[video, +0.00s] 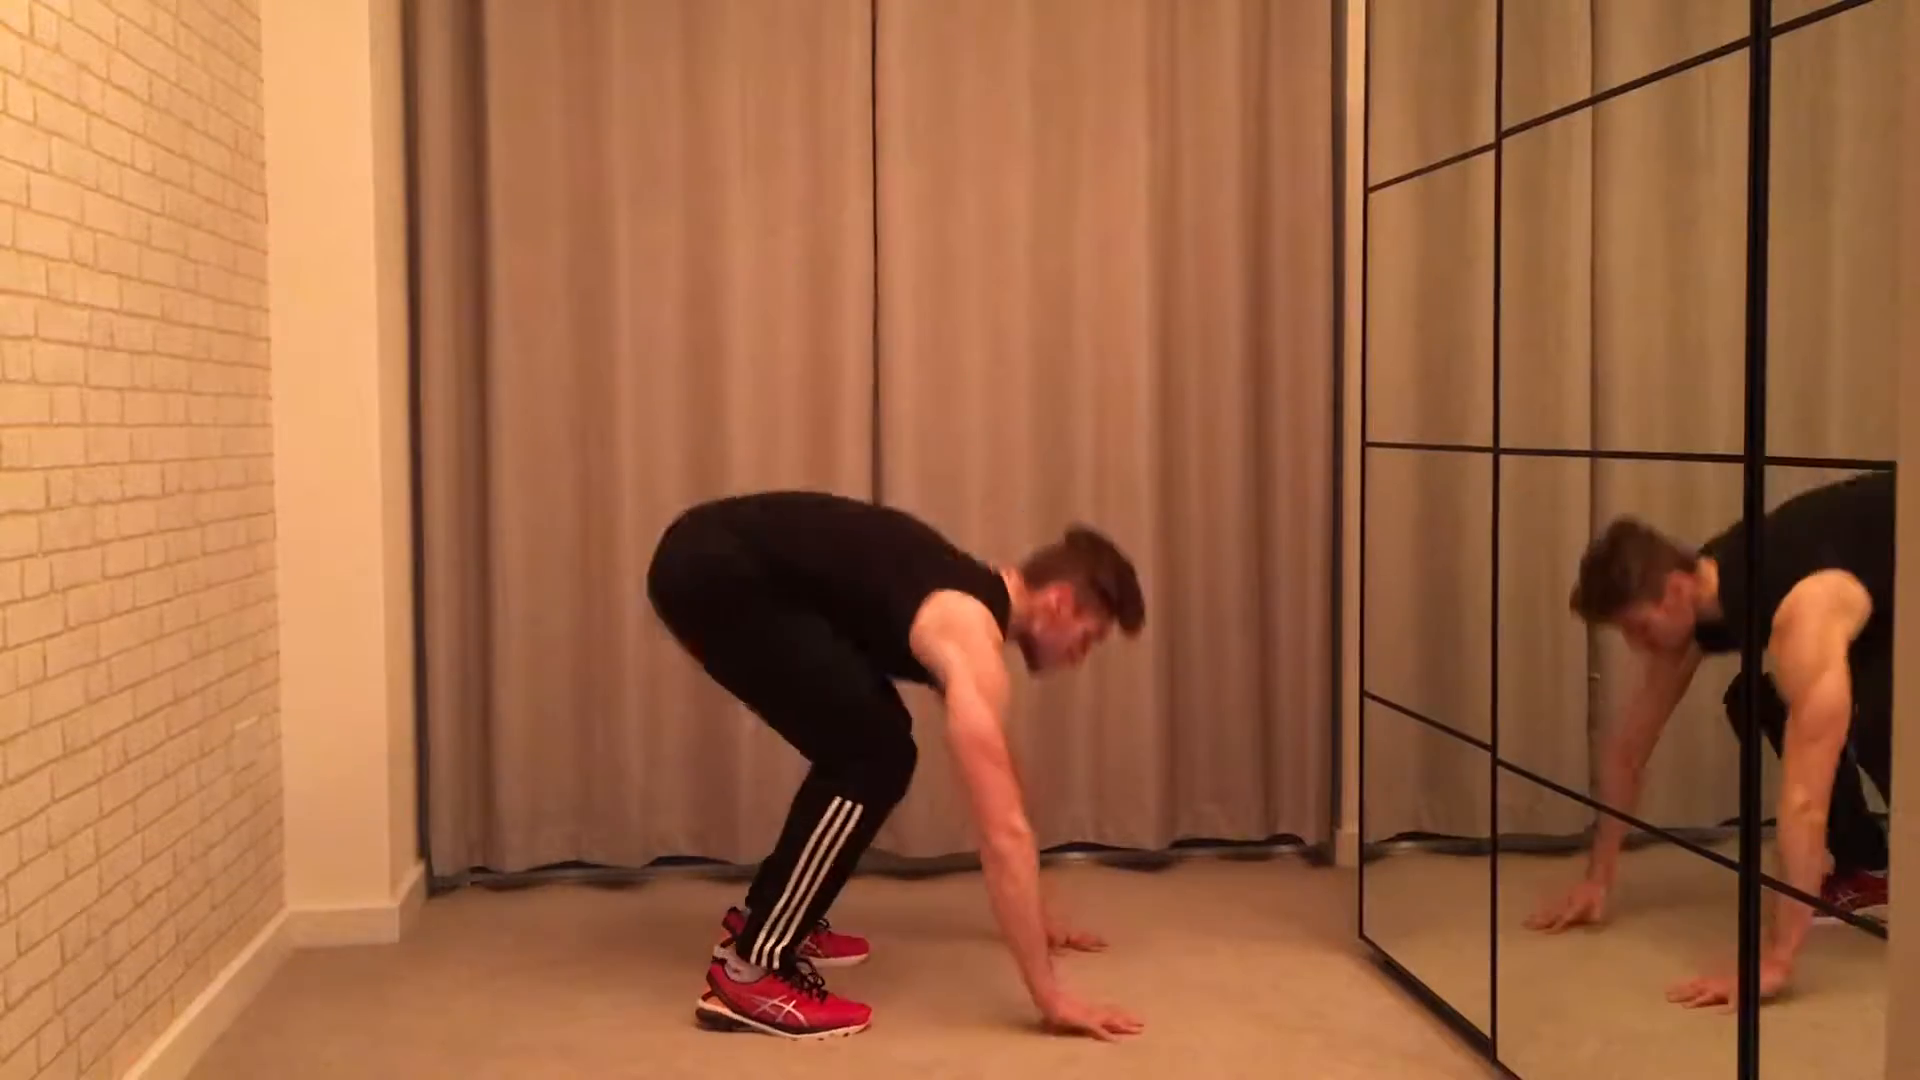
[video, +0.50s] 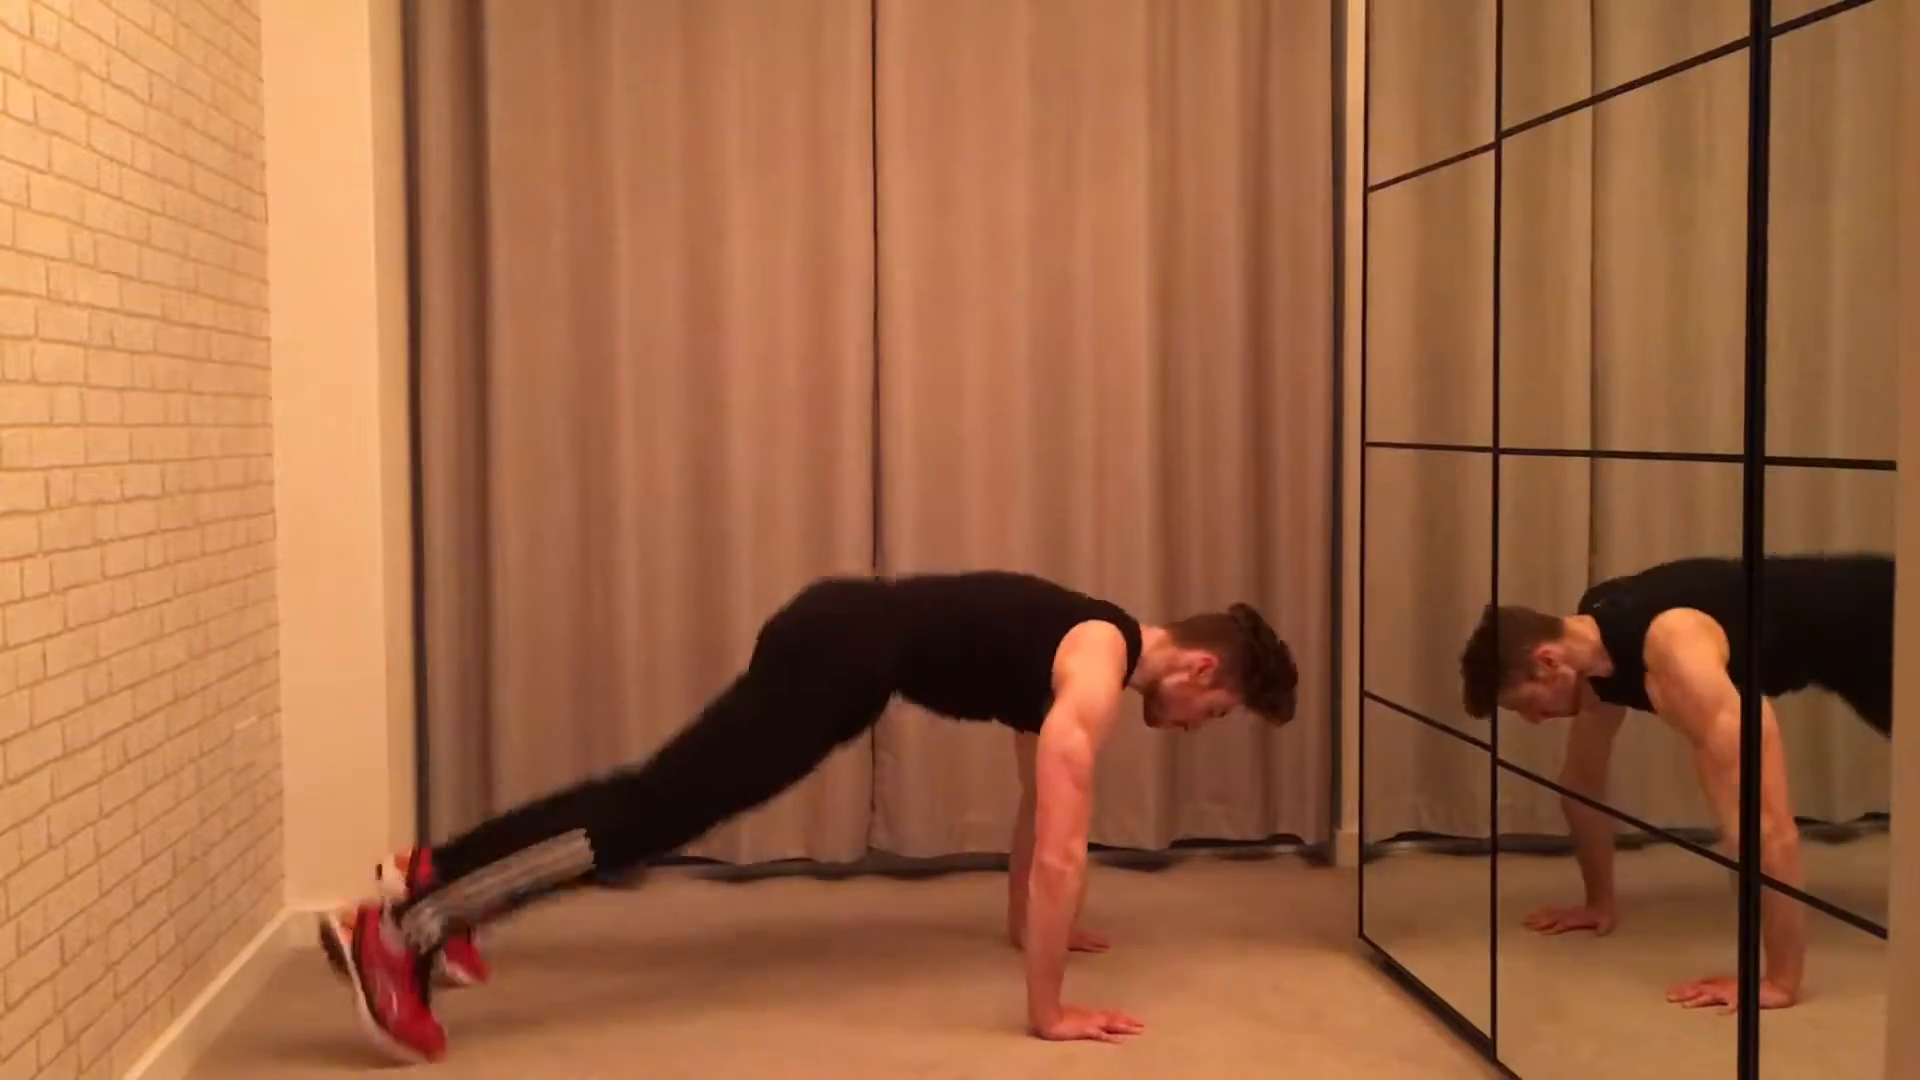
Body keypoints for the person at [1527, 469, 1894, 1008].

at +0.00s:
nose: (1640, 644)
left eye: (1642, 625)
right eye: (1628, 632)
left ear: (1676, 589)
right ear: (1677, 585)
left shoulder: (1809, 611)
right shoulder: (1696, 603)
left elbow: (1806, 804)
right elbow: (1628, 752)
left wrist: (1777, 959)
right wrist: (1597, 880)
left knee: (1870, 708)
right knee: (1766, 700)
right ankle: (1864, 864)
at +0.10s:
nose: (1651, 701)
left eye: (1649, 686)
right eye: (1640, 691)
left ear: (1681, 648)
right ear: (1675, 637)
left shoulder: (1803, 638)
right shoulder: (1692, 607)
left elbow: (1810, 818)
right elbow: (1634, 760)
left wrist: (1785, 973)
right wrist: (1604, 895)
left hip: (1896, 453)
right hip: (1861, 446)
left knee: (1846, 682)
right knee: (1840, 683)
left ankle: (1876, 860)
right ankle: (1869, 857)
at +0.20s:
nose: (1654, 724)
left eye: (1643, 715)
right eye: (1639, 722)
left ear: (1659, 671)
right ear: (1659, 659)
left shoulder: (1773, 630)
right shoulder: (1670, 615)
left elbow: (1797, 820)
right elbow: (1628, 772)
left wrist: (1784, 975)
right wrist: (1602, 897)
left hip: (1892, 441)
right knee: (1865, 668)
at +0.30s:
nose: (1595, 737)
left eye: (1584, 724)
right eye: (1582, 730)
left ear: (1605, 681)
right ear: (1605, 671)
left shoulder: (1720, 646)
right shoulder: (1626, 625)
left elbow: (1781, 822)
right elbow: (1596, 773)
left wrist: (1781, 979)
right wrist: (1600, 901)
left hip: (1886, 487)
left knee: (1895, 679)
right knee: (1893, 679)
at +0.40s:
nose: (1550, 729)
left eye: (1542, 717)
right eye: (1538, 724)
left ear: (1559, 674)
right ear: (1558, 667)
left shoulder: (1686, 649)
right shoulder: (1602, 634)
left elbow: (1771, 827)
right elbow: (1584, 785)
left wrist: (1783, 979)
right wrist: (1599, 905)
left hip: (1884, 554)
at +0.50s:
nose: (1535, 718)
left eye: (1527, 705)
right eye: (1524, 711)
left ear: (1549, 662)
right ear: (1548, 657)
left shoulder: (1678, 650)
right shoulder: (1603, 641)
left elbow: (1768, 826)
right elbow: (1582, 783)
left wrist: (1781, 980)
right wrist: (1600, 905)